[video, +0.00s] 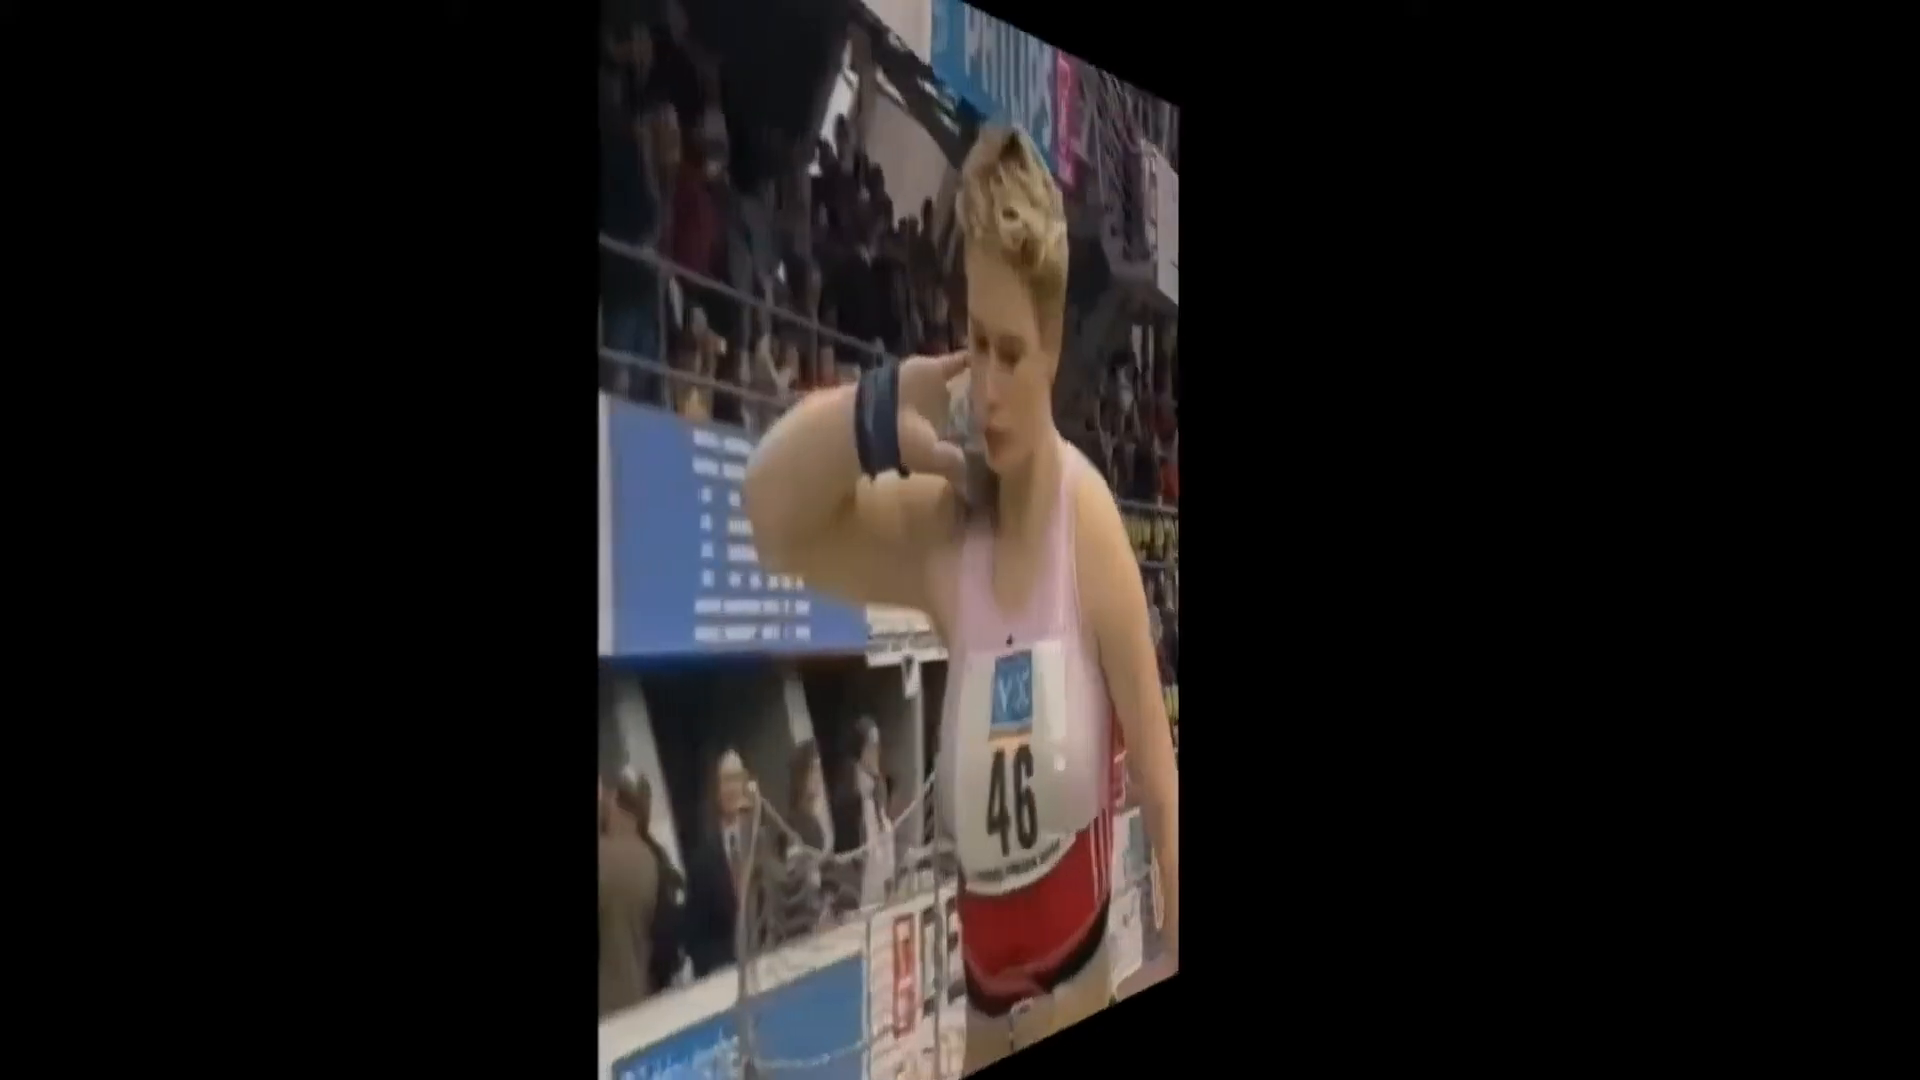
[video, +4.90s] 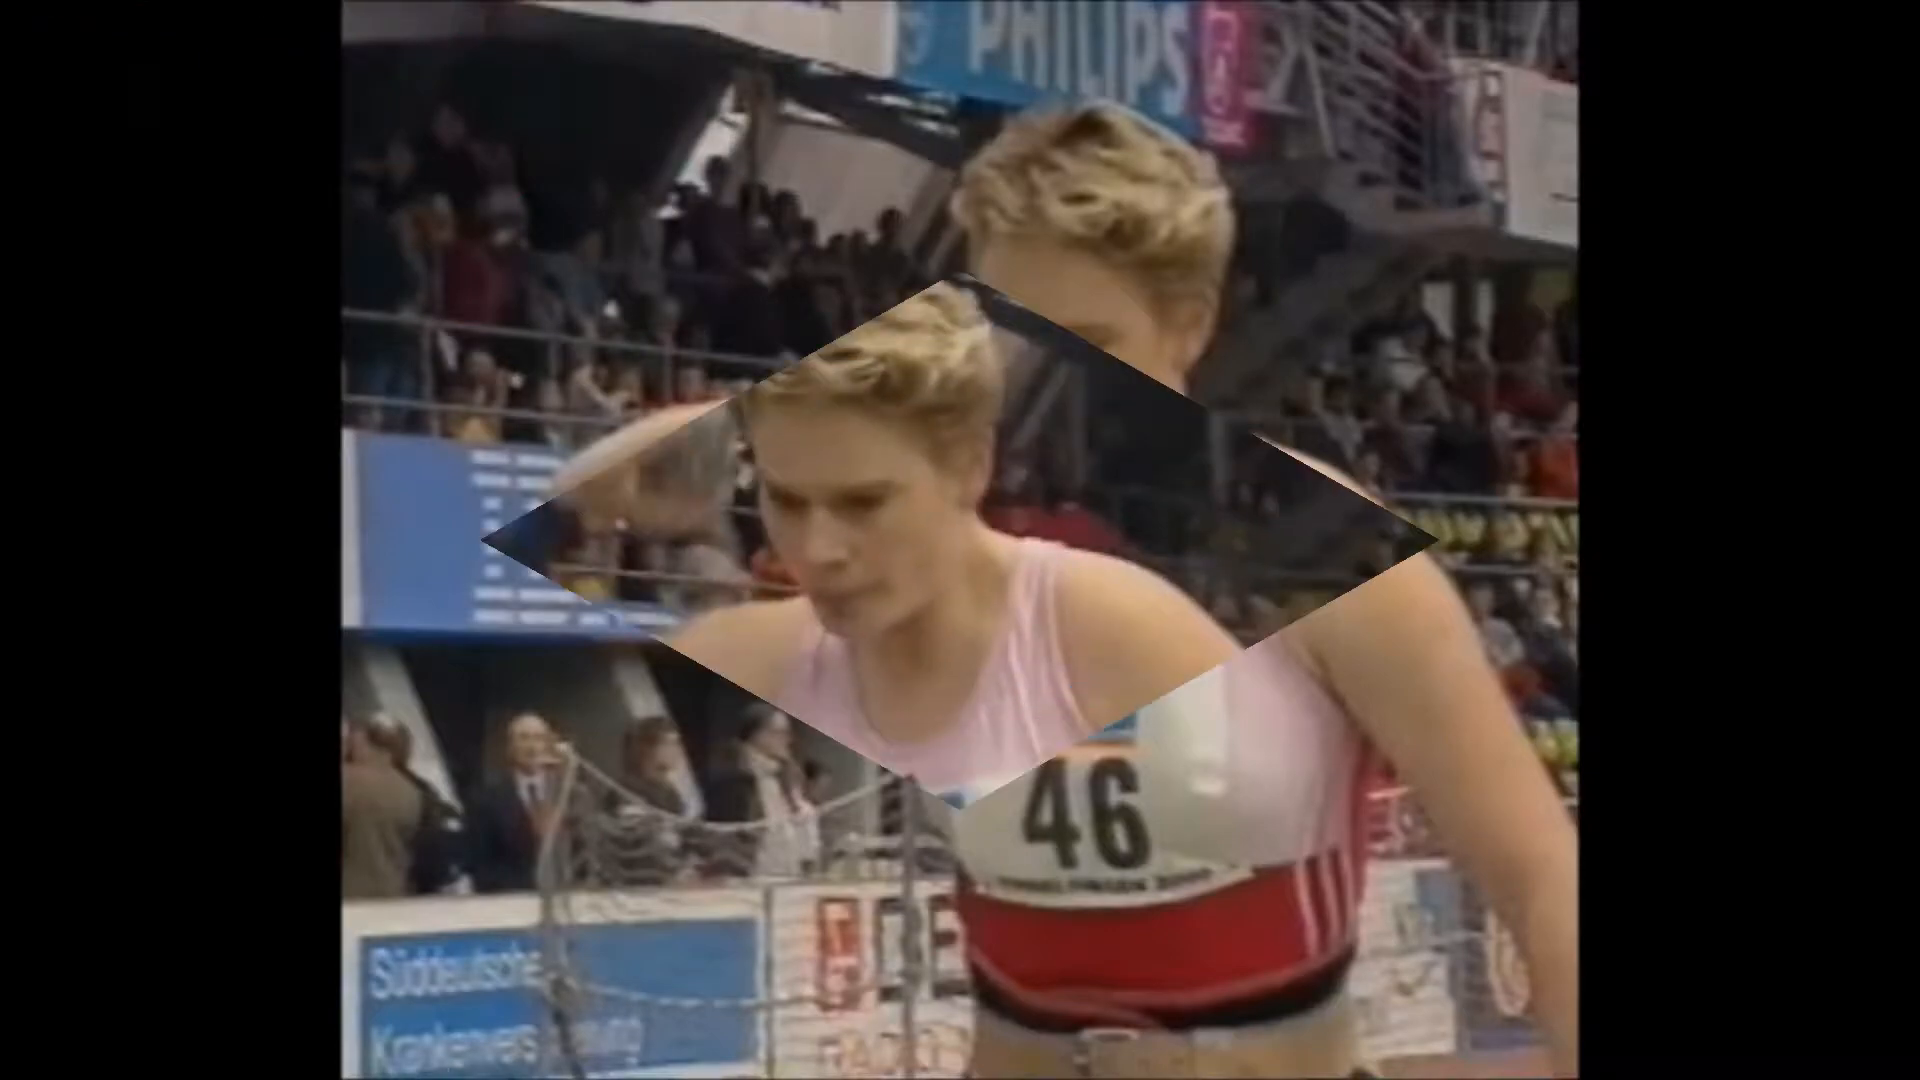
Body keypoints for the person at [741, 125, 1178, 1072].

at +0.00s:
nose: (985, 394)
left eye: (1013, 356)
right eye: (970, 350)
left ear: (1061, 355)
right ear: (953, 345)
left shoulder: (1077, 502)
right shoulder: (928, 525)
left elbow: (1142, 707)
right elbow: (782, 528)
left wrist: (1170, 892)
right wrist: (882, 405)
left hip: (1083, 843)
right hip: (977, 857)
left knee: (1061, 1020)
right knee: (991, 1038)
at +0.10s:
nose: (998, 390)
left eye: (1032, 353)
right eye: (983, 345)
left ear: (1093, 342)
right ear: (961, 330)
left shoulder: (1138, 517)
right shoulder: (928, 527)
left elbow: (1247, 784)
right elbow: (703, 517)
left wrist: (1264, 954)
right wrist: (856, 413)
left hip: (1128, 944)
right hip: (992, 954)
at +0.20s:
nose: (1008, 390)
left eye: (1049, 350)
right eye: (990, 342)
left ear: (1127, 341)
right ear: (968, 326)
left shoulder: (1197, 530)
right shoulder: (930, 533)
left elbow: (1338, 826)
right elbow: (646, 513)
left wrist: (1351, 986)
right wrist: (841, 408)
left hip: (1175, 1006)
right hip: (1002, 1029)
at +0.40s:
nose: (1030, 386)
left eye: (1074, 346)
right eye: (1003, 342)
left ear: (1174, 331)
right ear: (973, 329)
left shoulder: (1277, 533)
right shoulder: (931, 538)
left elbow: (1480, 853)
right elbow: (593, 513)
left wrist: (1502, 1029)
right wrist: (816, 419)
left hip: (1246, 1037)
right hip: (1014, 1051)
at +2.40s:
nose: (1029, 388)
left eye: (1079, 344)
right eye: (1005, 339)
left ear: (1187, 329)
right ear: (974, 324)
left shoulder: (1303, 532)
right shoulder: (930, 536)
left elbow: (1541, 878)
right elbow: (611, 502)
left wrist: (1562, 1063)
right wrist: (820, 424)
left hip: (1270, 1054)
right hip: (1014, 1056)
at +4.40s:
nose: (1028, 387)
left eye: (1078, 345)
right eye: (1003, 339)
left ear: (1186, 330)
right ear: (974, 325)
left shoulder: (1301, 532)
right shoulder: (928, 535)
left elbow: (1539, 874)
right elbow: (600, 512)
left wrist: (1563, 1060)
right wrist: (816, 418)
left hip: (1270, 1054)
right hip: (1017, 1052)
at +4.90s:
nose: (1049, 381)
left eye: (1087, 344)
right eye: (1014, 338)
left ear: (1187, 326)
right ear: (970, 319)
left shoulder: (1312, 538)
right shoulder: (949, 539)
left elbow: (1539, 876)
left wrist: (1561, 1051)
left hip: (1269, 1050)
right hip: (1011, 1048)